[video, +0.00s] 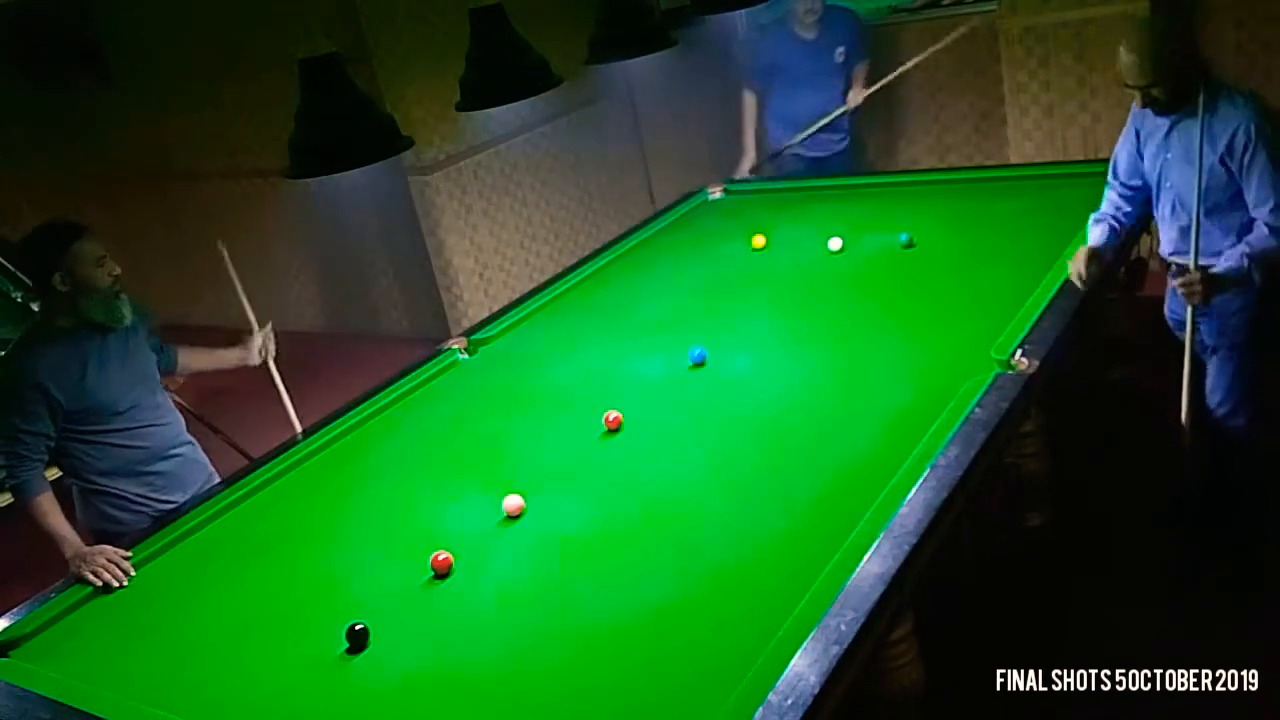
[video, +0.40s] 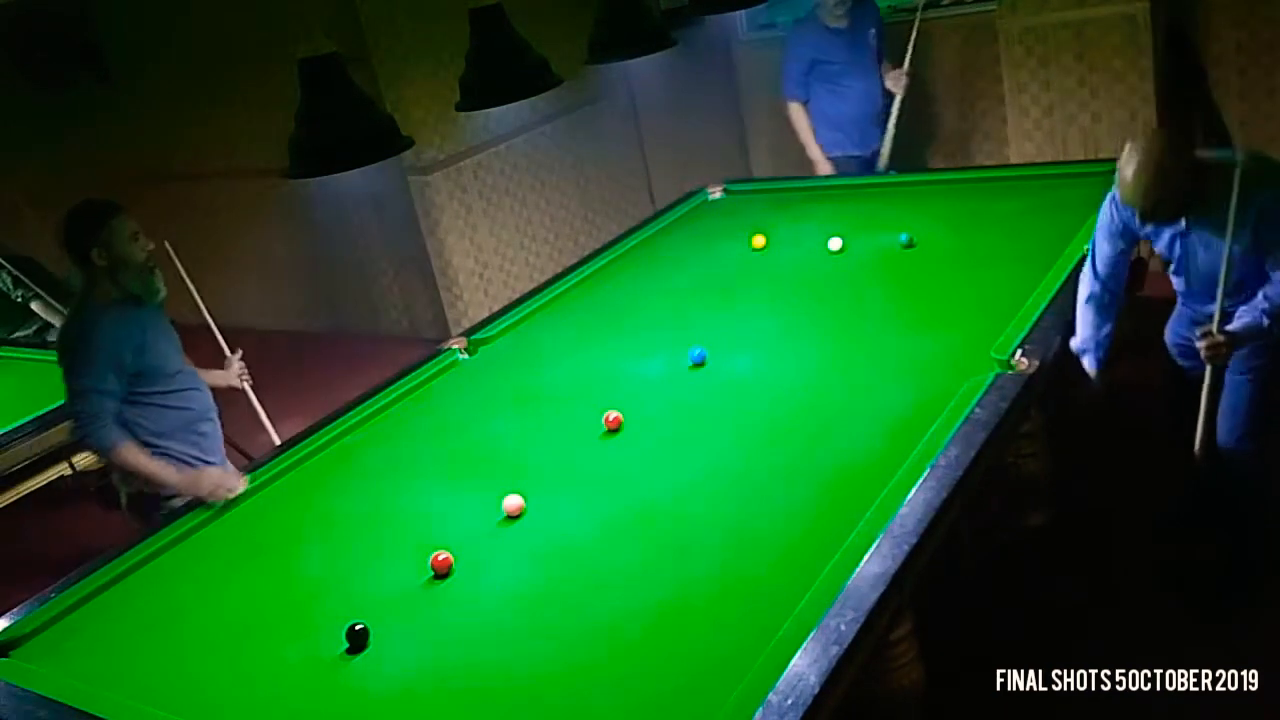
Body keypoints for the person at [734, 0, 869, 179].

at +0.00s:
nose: (811, 6)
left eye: (816, 1)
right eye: (804, 2)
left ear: (823, 3)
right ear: (791, 4)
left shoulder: (844, 24)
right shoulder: (769, 37)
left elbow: (860, 58)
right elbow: (750, 89)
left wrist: (857, 86)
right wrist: (749, 153)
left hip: (836, 147)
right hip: (789, 151)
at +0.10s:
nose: (819, 2)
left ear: (831, 0)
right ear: (795, 3)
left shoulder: (847, 17)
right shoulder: (773, 38)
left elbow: (863, 55)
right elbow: (760, 97)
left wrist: (863, 80)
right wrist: (763, 157)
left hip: (844, 148)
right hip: (799, 153)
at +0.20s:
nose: (826, 2)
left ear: (837, 1)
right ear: (802, 3)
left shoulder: (853, 20)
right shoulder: (783, 40)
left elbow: (868, 55)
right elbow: (769, 101)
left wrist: (870, 77)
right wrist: (783, 163)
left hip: (853, 147)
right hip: (805, 153)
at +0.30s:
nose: (830, 2)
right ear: (810, 2)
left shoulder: (859, 14)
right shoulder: (794, 36)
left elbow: (874, 54)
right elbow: (781, 102)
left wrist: (877, 79)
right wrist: (800, 162)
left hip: (867, 142)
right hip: (822, 152)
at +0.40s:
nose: (839, 0)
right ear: (818, 0)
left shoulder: (868, 13)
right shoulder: (804, 34)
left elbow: (879, 58)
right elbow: (794, 104)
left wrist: (889, 78)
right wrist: (818, 160)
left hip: (877, 146)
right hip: (837, 153)